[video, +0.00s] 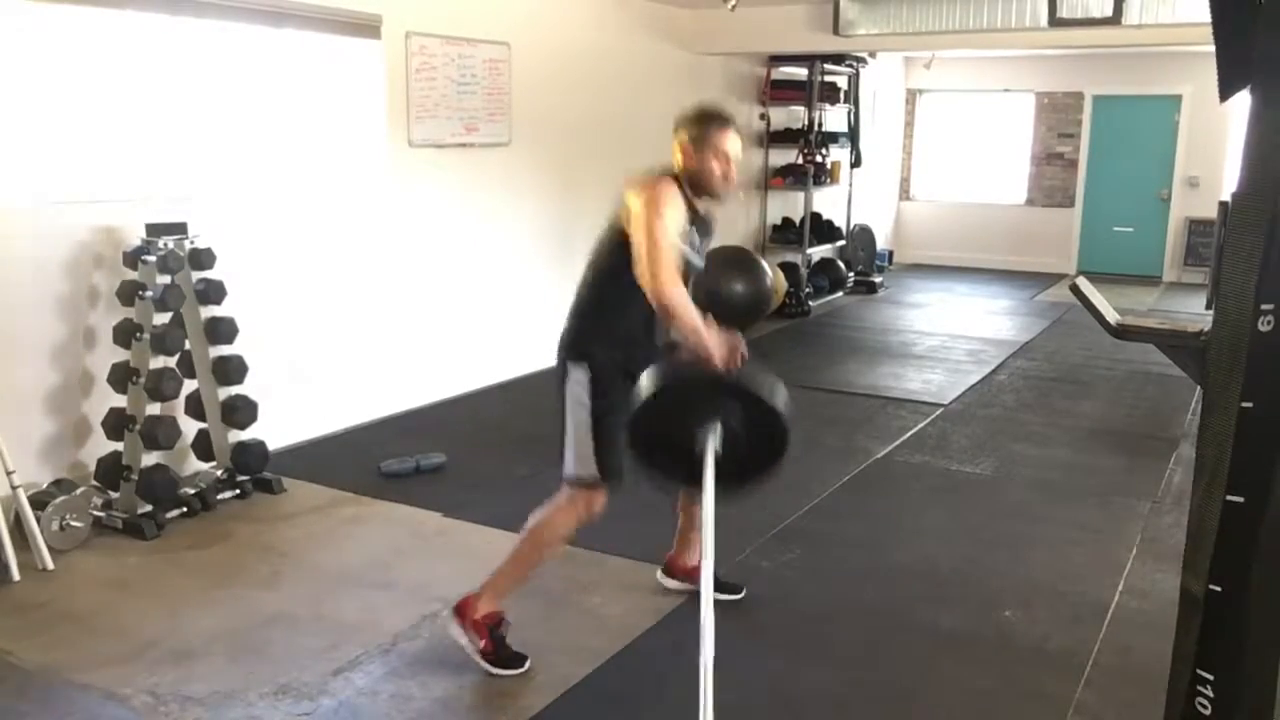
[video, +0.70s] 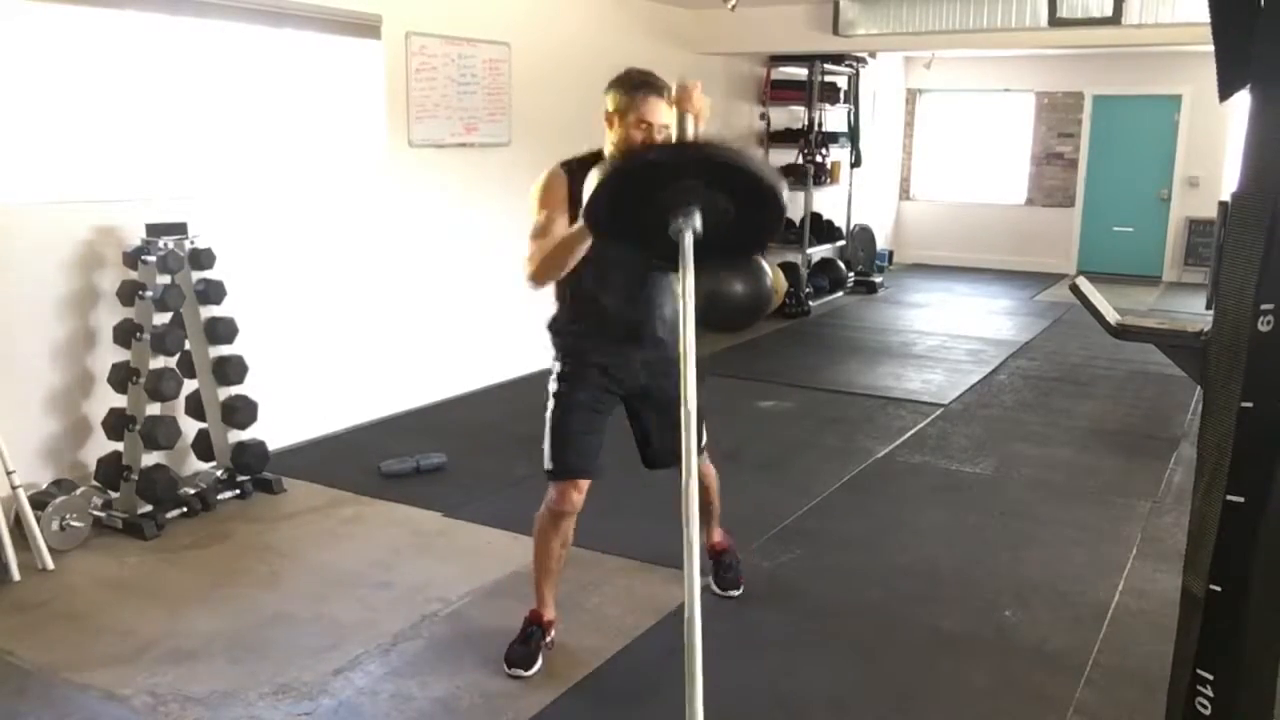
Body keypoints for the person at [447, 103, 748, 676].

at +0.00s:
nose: (731, 170)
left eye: (734, 158)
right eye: (721, 156)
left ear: (726, 158)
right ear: (687, 152)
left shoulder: (696, 214)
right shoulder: (657, 194)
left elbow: (685, 288)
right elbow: (659, 281)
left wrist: (710, 336)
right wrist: (706, 337)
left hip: (645, 356)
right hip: (596, 356)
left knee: (701, 438)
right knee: (586, 494)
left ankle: (686, 558)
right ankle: (480, 610)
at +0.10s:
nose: (708, 139)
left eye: (715, 128)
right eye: (699, 126)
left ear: (721, 128)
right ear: (669, 118)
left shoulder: (715, 191)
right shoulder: (629, 152)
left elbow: (707, 269)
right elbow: (606, 218)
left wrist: (728, 316)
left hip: (664, 327)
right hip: (598, 318)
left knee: (708, 448)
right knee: (578, 461)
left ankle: (694, 545)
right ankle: (513, 592)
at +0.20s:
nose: (680, 133)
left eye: (691, 124)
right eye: (672, 120)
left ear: (702, 125)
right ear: (649, 111)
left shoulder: (709, 180)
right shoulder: (603, 156)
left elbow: (731, 257)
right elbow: (545, 228)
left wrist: (708, 220)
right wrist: (576, 195)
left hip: (672, 338)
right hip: (600, 333)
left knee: (699, 456)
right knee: (566, 465)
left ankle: (732, 535)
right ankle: (527, 603)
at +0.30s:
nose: (665, 143)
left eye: (675, 135)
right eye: (658, 133)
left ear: (689, 139)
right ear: (639, 130)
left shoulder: (694, 193)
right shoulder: (603, 185)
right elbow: (554, 252)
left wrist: (718, 139)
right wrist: (529, 259)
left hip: (672, 362)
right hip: (603, 357)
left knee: (701, 472)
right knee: (562, 483)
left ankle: (736, 540)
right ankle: (536, 615)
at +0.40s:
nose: (653, 143)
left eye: (663, 133)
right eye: (646, 133)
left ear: (681, 147)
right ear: (630, 139)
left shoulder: (690, 198)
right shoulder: (604, 200)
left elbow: (709, 145)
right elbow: (581, 269)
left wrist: (706, 77)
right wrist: (558, 315)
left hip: (670, 370)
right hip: (603, 364)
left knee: (698, 480)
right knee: (560, 483)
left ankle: (736, 540)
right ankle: (537, 614)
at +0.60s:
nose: (626, 136)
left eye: (639, 126)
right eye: (619, 124)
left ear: (663, 133)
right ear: (607, 130)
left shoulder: (675, 187)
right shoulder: (577, 194)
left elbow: (701, 145)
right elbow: (538, 290)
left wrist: (697, 85)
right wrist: (569, 265)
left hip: (662, 362)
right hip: (589, 364)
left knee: (698, 469)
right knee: (560, 493)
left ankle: (732, 539)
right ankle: (543, 617)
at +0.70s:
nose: (655, 139)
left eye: (663, 128)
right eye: (643, 125)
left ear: (672, 128)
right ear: (611, 121)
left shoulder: (668, 178)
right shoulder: (567, 179)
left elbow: (706, 205)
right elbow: (541, 271)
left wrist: (695, 126)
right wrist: (597, 215)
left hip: (659, 354)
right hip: (586, 356)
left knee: (697, 466)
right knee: (566, 494)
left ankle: (715, 541)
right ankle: (541, 617)